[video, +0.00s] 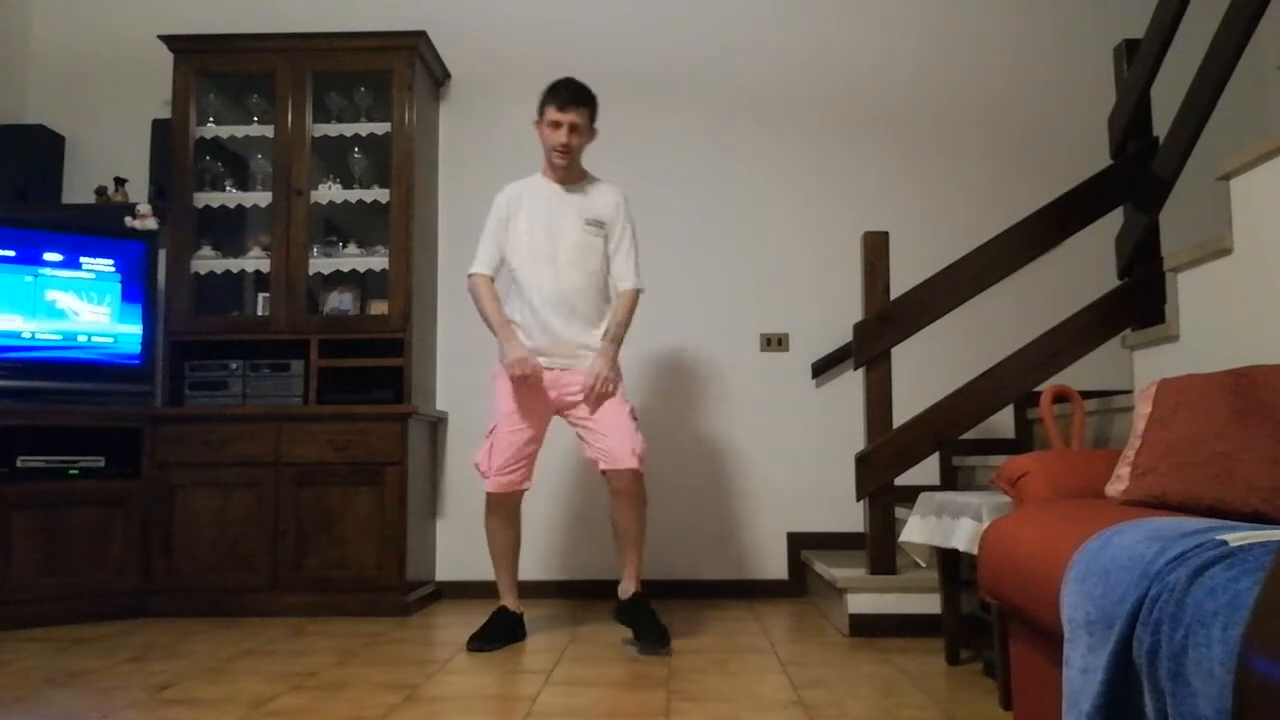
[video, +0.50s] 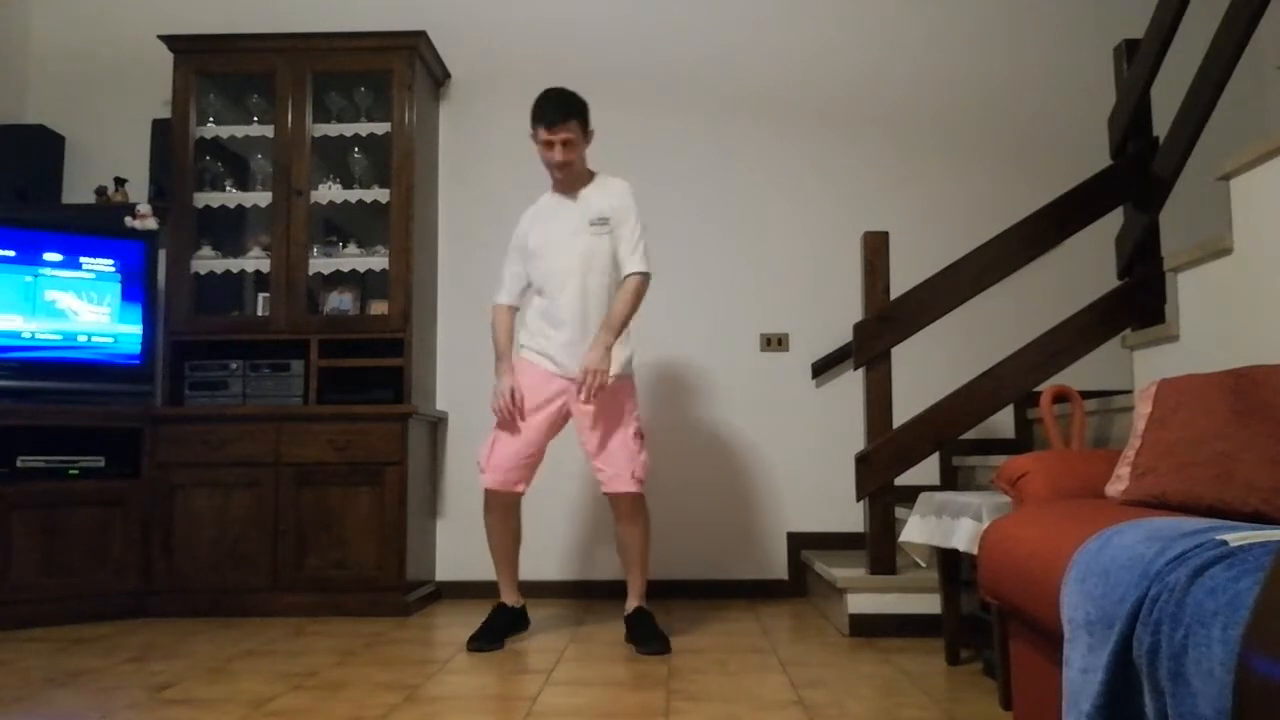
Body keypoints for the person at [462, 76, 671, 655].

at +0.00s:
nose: (562, 137)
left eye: (574, 128)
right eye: (554, 126)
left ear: (589, 134)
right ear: (538, 127)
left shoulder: (608, 200)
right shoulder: (512, 198)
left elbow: (628, 287)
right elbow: (480, 277)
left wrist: (609, 350)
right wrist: (508, 339)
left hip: (591, 368)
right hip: (524, 368)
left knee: (627, 469)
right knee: (501, 485)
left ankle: (632, 597)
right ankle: (508, 609)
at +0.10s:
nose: (545, 130)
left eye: (558, 121)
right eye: (537, 119)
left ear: (576, 129)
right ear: (523, 123)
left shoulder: (598, 189)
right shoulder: (506, 203)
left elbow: (622, 274)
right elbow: (484, 288)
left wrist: (605, 351)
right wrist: (501, 355)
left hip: (592, 362)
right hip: (524, 364)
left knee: (616, 476)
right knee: (499, 484)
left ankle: (635, 605)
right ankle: (510, 608)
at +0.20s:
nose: (536, 140)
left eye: (547, 130)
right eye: (526, 129)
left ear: (565, 136)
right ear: (511, 133)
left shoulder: (587, 190)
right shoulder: (506, 214)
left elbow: (618, 273)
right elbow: (494, 300)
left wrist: (600, 354)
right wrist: (501, 365)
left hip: (594, 366)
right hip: (526, 369)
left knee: (620, 478)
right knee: (503, 484)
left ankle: (637, 606)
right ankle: (511, 609)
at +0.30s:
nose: (530, 144)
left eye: (541, 132)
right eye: (520, 133)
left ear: (562, 135)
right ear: (508, 136)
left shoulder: (588, 187)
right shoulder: (506, 213)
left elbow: (614, 273)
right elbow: (500, 300)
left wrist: (597, 350)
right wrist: (505, 367)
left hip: (599, 361)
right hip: (533, 367)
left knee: (631, 471)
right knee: (505, 481)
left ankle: (640, 598)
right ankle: (512, 609)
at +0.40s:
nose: (539, 155)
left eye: (551, 143)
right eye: (530, 143)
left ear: (571, 142)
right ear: (518, 145)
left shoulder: (598, 195)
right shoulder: (517, 223)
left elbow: (624, 281)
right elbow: (502, 309)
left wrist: (598, 357)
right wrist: (507, 376)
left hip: (601, 370)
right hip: (535, 372)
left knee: (630, 485)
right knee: (502, 485)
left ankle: (641, 605)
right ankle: (512, 610)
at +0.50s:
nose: (558, 153)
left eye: (568, 142)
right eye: (548, 144)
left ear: (587, 140)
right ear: (535, 145)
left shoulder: (613, 195)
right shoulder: (531, 219)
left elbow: (637, 276)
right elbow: (503, 302)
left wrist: (603, 344)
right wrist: (503, 370)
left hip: (604, 368)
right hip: (537, 367)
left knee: (625, 489)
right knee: (498, 481)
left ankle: (637, 607)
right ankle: (509, 603)